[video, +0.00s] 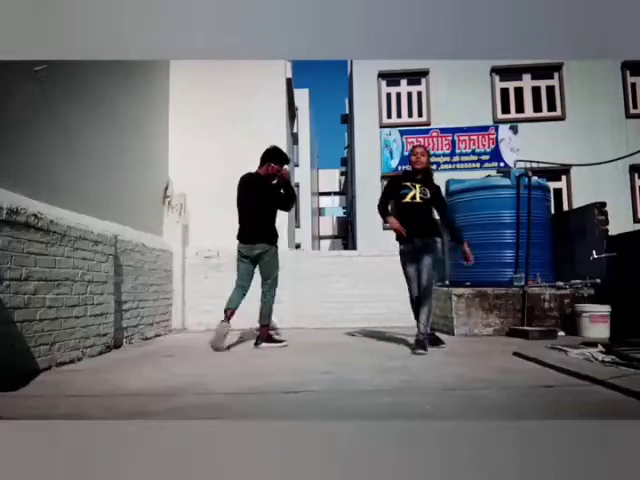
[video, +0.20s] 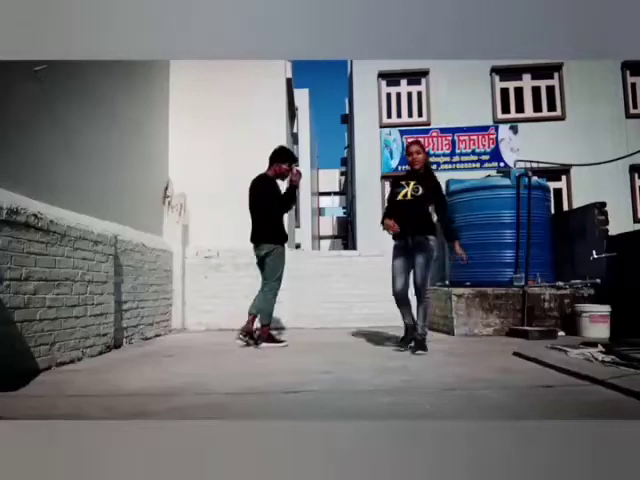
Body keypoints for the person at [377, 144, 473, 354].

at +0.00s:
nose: (418, 158)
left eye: (422, 155)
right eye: (415, 155)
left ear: (428, 160)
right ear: (410, 159)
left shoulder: (432, 187)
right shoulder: (396, 181)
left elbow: (446, 217)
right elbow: (382, 205)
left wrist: (462, 242)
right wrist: (389, 219)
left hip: (428, 240)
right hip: (407, 241)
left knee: (426, 288)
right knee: (415, 292)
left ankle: (421, 336)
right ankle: (427, 332)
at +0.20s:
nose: (414, 157)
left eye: (417, 153)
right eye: (410, 154)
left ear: (426, 155)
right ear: (407, 158)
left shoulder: (431, 181)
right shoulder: (399, 182)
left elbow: (443, 213)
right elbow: (390, 208)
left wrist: (454, 241)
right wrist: (386, 220)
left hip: (424, 239)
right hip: (402, 240)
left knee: (421, 287)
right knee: (399, 289)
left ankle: (421, 337)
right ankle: (410, 329)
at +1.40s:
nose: (371, 152)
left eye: (374, 149)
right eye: (367, 149)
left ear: (378, 153)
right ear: (360, 153)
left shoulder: (384, 178)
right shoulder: (353, 179)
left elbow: (388, 207)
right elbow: (347, 211)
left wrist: (390, 231)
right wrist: (363, 232)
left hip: (389, 239)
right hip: (368, 241)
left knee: (407, 284)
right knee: (367, 291)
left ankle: (409, 331)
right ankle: (361, 337)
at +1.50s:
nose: (376, 157)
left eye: (379, 153)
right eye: (372, 153)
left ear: (383, 156)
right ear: (364, 156)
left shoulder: (387, 180)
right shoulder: (356, 179)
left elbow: (389, 209)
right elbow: (353, 210)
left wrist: (394, 232)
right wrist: (368, 230)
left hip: (393, 240)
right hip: (372, 243)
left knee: (409, 286)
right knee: (368, 290)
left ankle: (410, 332)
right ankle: (361, 337)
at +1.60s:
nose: (381, 161)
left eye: (384, 158)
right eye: (377, 158)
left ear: (389, 161)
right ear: (370, 160)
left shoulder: (392, 184)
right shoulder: (363, 183)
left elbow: (398, 213)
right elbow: (357, 213)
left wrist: (402, 237)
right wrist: (373, 233)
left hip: (400, 241)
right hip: (378, 243)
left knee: (408, 289)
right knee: (372, 292)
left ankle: (409, 335)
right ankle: (361, 338)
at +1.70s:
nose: (387, 162)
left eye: (390, 159)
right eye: (383, 159)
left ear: (396, 162)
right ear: (377, 162)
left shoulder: (400, 187)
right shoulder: (369, 185)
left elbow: (410, 217)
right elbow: (366, 215)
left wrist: (419, 245)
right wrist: (378, 236)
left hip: (407, 244)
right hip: (385, 245)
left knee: (408, 290)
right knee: (377, 292)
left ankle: (409, 336)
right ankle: (363, 338)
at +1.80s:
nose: (391, 162)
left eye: (394, 159)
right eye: (387, 159)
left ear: (399, 162)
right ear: (381, 162)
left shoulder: (406, 189)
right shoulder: (373, 186)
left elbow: (415, 216)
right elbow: (370, 214)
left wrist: (427, 241)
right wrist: (379, 236)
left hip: (408, 244)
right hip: (386, 245)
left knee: (410, 291)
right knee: (378, 291)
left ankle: (409, 336)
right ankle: (364, 338)